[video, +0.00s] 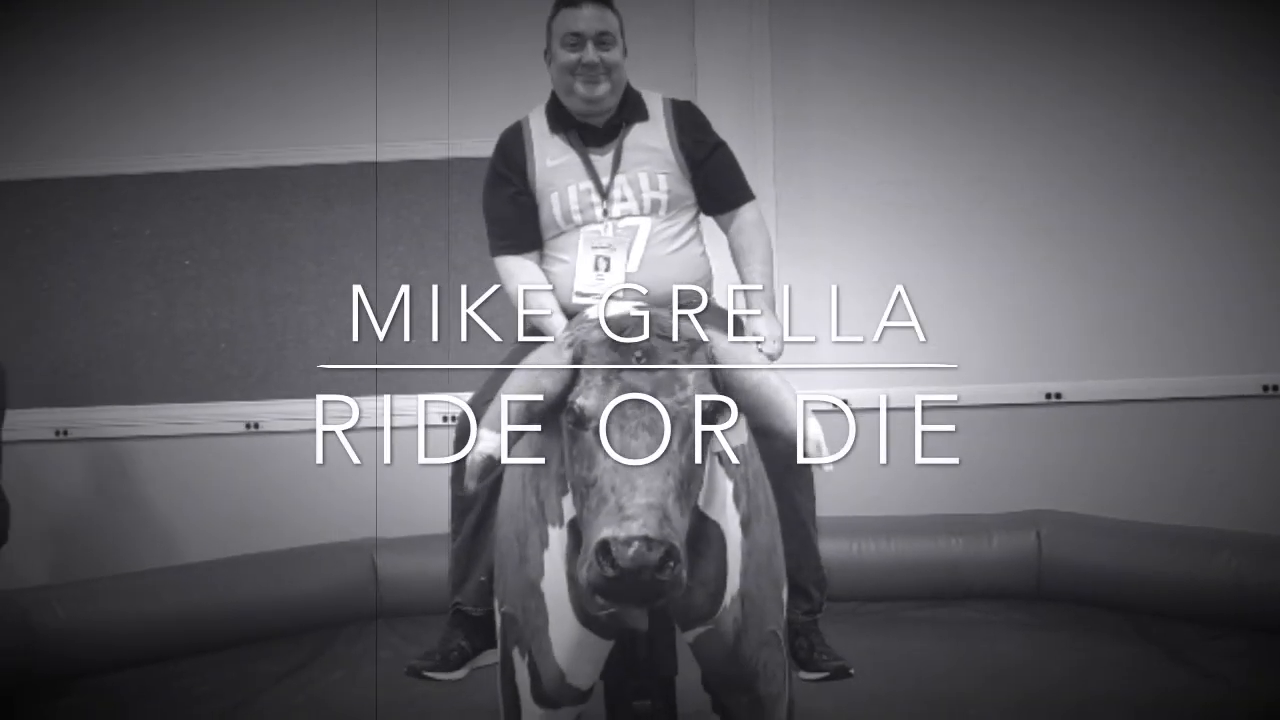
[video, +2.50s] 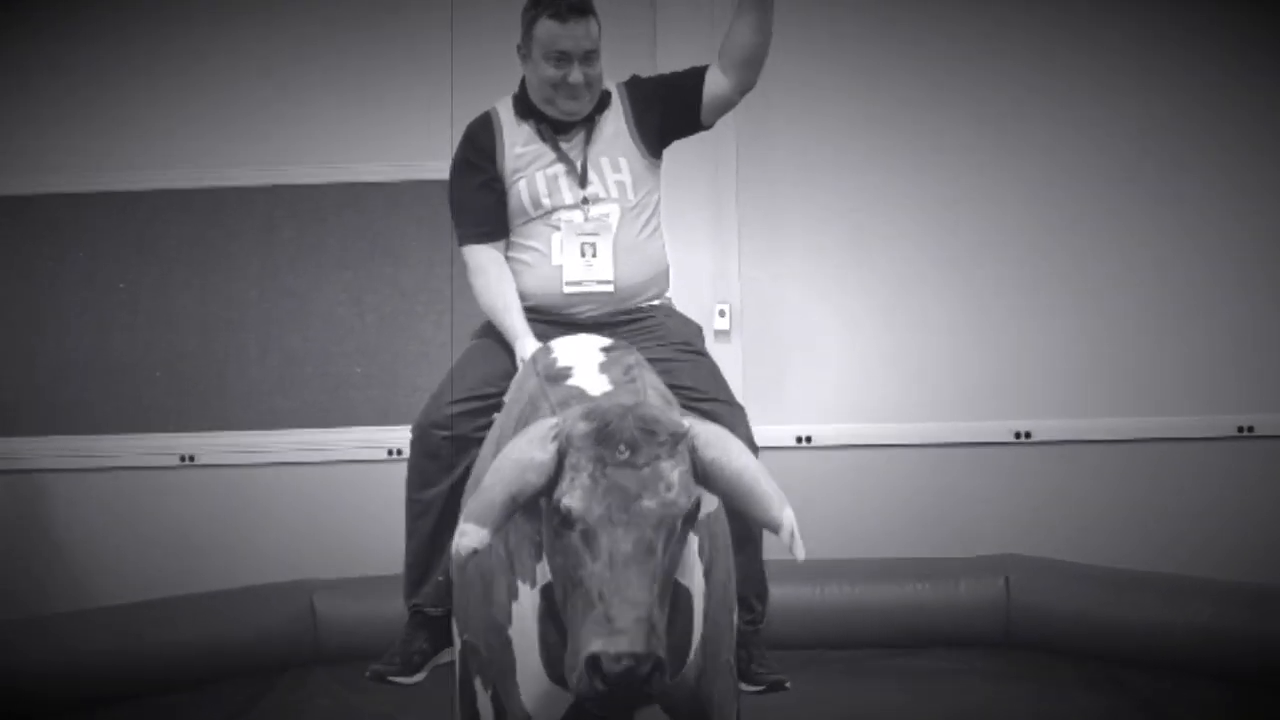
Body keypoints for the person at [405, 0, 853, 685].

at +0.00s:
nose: (590, 57)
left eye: (604, 43)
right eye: (573, 44)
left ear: (625, 51)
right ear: (549, 57)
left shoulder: (678, 121)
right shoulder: (522, 144)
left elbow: (742, 215)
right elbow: (513, 255)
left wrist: (758, 308)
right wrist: (559, 329)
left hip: (687, 319)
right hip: (575, 326)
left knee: (787, 427)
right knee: (478, 445)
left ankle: (801, 619)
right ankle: (474, 620)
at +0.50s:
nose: (598, 69)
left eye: (611, 54)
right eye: (582, 55)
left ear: (632, 63)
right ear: (558, 66)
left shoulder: (680, 134)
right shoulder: (531, 150)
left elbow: (751, 210)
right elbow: (517, 253)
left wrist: (723, 263)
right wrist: (546, 308)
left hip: (681, 312)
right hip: (572, 318)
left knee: (780, 412)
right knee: (482, 423)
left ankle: (796, 609)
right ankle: (474, 610)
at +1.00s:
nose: (585, 75)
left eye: (600, 60)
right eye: (569, 60)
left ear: (619, 65)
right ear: (543, 65)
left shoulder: (660, 129)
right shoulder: (511, 146)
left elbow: (754, 124)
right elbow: (493, 251)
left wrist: (709, 36)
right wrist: (537, 323)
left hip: (661, 311)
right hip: (550, 318)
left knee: (755, 407)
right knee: (451, 415)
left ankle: (774, 608)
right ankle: (440, 608)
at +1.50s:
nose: (596, 82)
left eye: (609, 67)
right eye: (580, 68)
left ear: (623, 66)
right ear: (548, 66)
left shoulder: (658, 122)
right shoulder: (513, 141)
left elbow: (748, 82)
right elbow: (492, 249)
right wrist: (536, 319)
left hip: (657, 312)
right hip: (548, 316)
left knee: (750, 419)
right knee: (450, 407)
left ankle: (767, 609)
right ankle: (440, 597)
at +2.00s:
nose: (596, 82)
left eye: (609, 66)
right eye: (579, 67)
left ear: (623, 57)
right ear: (544, 57)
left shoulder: (652, 108)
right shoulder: (502, 130)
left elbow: (741, 66)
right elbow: (484, 248)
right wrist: (528, 323)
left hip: (649, 306)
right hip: (538, 313)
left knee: (742, 419)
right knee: (444, 408)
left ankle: (755, 611)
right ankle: (435, 603)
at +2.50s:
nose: (574, 75)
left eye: (588, 58)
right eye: (557, 59)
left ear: (603, 50)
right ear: (524, 54)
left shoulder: (640, 108)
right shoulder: (488, 138)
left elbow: (733, 77)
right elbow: (483, 256)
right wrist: (526, 348)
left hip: (643, 318)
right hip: (529, 325)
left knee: (732, 443)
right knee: (438, 431)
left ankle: (742, 635)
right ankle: (429, 622)